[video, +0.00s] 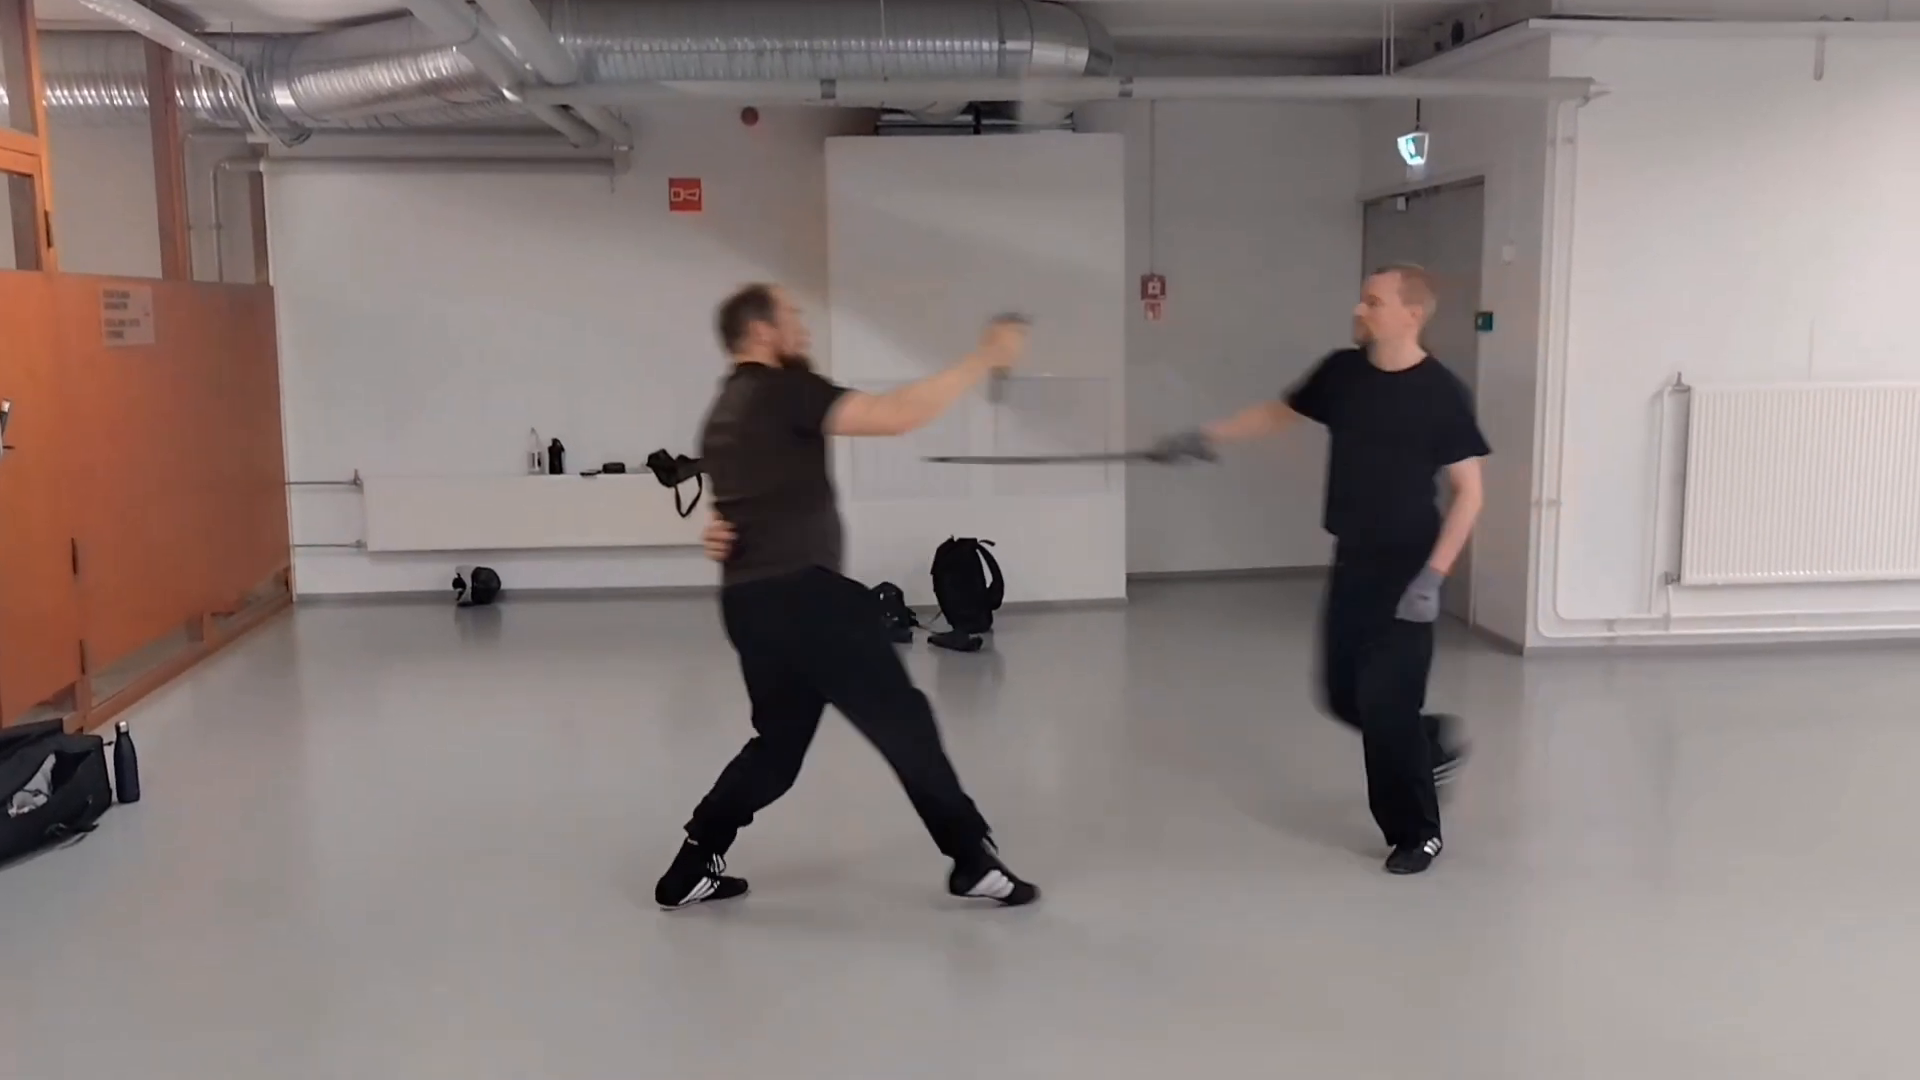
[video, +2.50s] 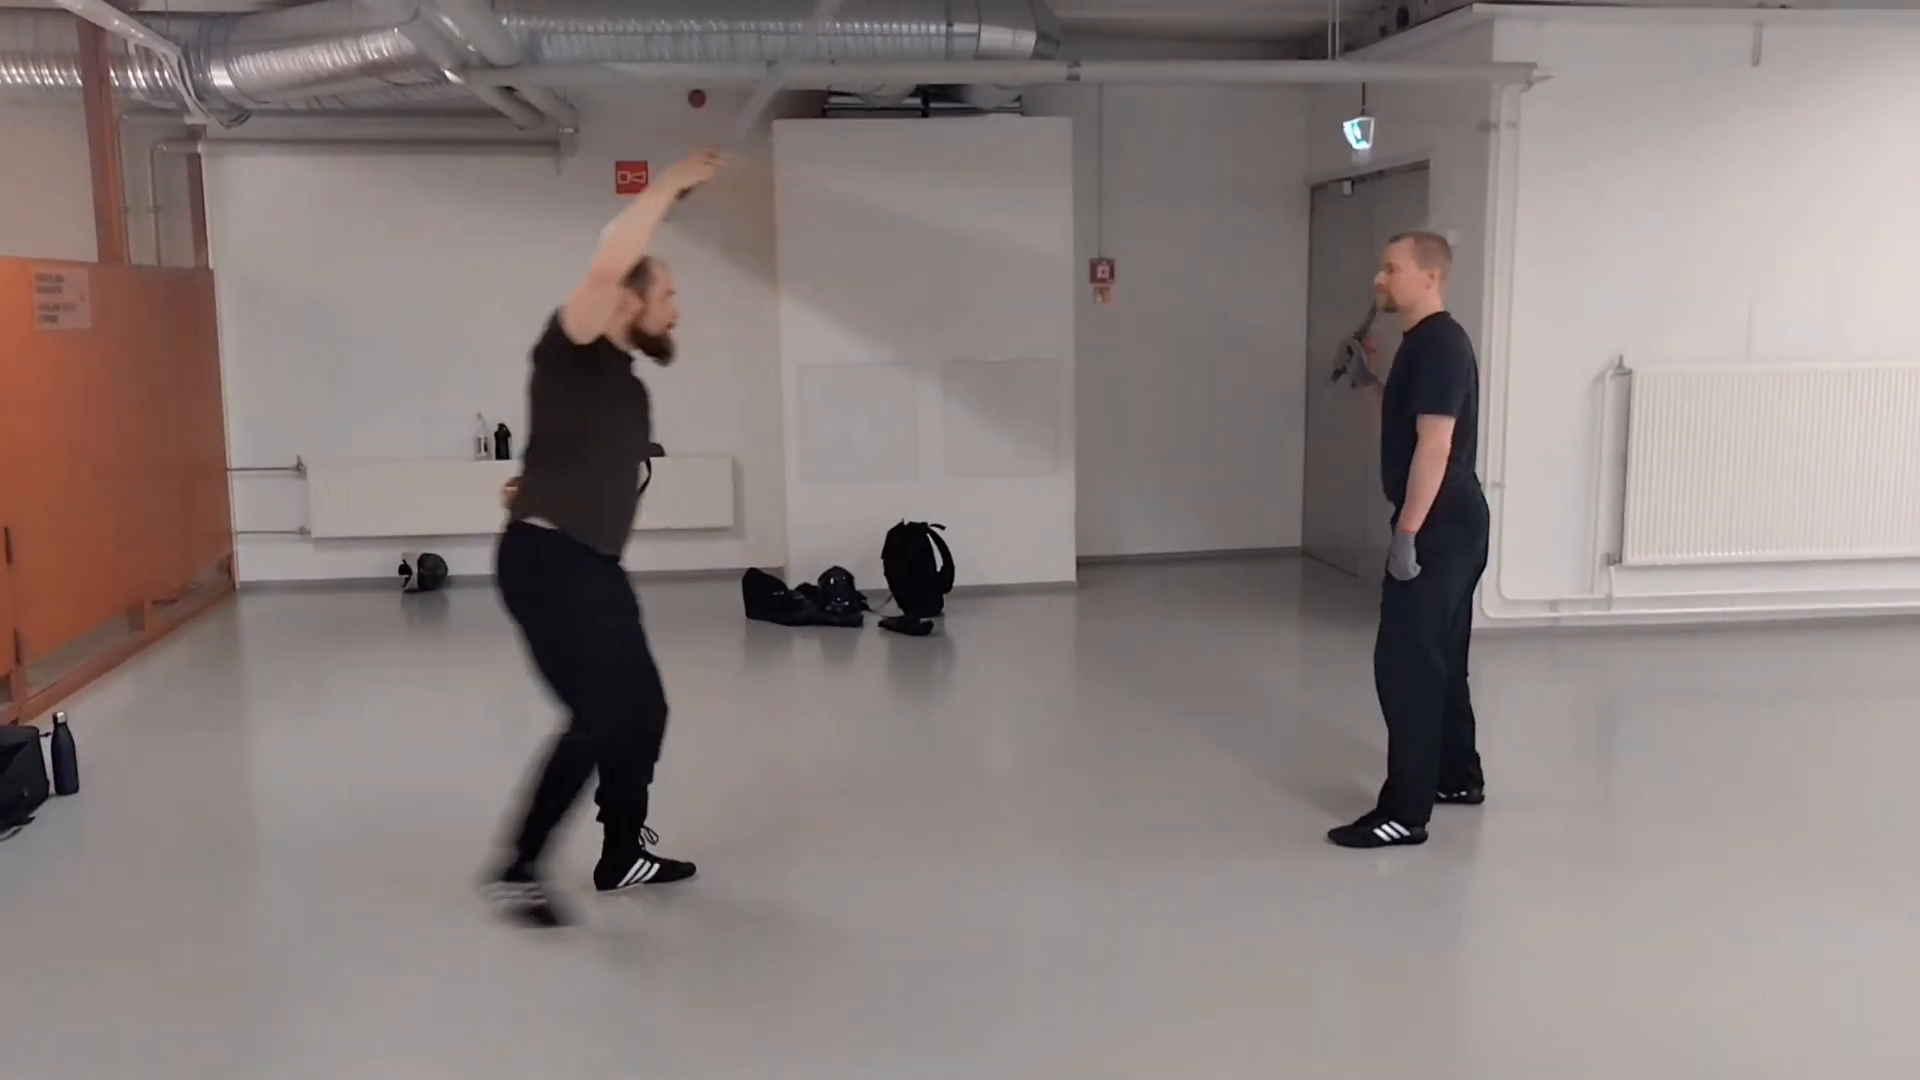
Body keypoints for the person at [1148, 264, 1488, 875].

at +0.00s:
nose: (1358, 311)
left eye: (1373, 303)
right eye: (1361, 301)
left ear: (1413, 316)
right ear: (1377, 313)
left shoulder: (1441, 391)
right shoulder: (1344, 371)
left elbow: (1469, 493)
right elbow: (1276, 415)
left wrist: (1432, 574)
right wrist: (1204, 437)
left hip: (1411, 565)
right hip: (1354, 558)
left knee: (1388, 702)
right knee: (1343, 694)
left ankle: (1416, 834)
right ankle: (1430, 739)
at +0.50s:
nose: (1128, 356)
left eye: (1143, 349)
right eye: (1131, 345)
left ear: (1183, 360)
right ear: (1137, 353)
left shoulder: (1211, 439)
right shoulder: (1101, 407)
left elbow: (1242, 528)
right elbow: (1029, 454)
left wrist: (1234, 614)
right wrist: (952, 494)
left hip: (1169, 613)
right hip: (1090, 605)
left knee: (1224, 728)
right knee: (1022, 702)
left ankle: (1305, 824)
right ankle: (1038, 839)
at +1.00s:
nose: (1148, 341)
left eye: (1163, 334)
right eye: (1150, 329)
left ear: (1201, 346)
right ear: (1154, 334)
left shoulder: (1222, 426)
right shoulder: (1117, 390)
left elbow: (1256, 518)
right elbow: (1057, 456)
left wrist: (1244, 603)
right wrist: (987, 507)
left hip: (1170, 599)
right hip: (1092, 591)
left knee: (1225, 715)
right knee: (1024, 694)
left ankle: (1303, 819)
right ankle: (1037, 833)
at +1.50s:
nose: (1293, 283)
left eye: (1307, 274)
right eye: (1295, 272)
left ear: (1349, 286)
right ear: (1305, 280)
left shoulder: (1374, 364)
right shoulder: (1278, 340)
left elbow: (1403, 468)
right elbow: (1254, 422)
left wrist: (1376, 553)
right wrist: (1214, 491)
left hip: (1332, 545)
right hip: (1262, 538)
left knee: (1326, 692)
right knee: (1232, 676)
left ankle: (1320, 823)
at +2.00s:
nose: (1371, 285)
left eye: (1383, 276)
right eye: (1372, 276)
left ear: (1425, 284)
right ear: (1399, 288)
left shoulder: (1446, 355)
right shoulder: (1397, 352)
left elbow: (1466, 454)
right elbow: (1390, 441)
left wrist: (1434, 543)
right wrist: (1326, 470)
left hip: (1436, 535)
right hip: (1404, 530)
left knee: (1394, 667)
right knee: (1446, 659)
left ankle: (1351, 811)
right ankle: (1490, 769)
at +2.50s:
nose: (1379, 279)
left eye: (1390, 269)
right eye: (1380, 270)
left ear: (1430, 277)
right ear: (1424, 279)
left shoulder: (1438, 342)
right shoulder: (1426, 342)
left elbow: (1435, 445)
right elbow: (1407, 424)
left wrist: (1406, 530)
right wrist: (1375, 375)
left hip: (1436, 523)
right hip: (1443, 518)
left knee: (1403, 662)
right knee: (1439, 653)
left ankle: (1404, 815)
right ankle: (1459, 773)